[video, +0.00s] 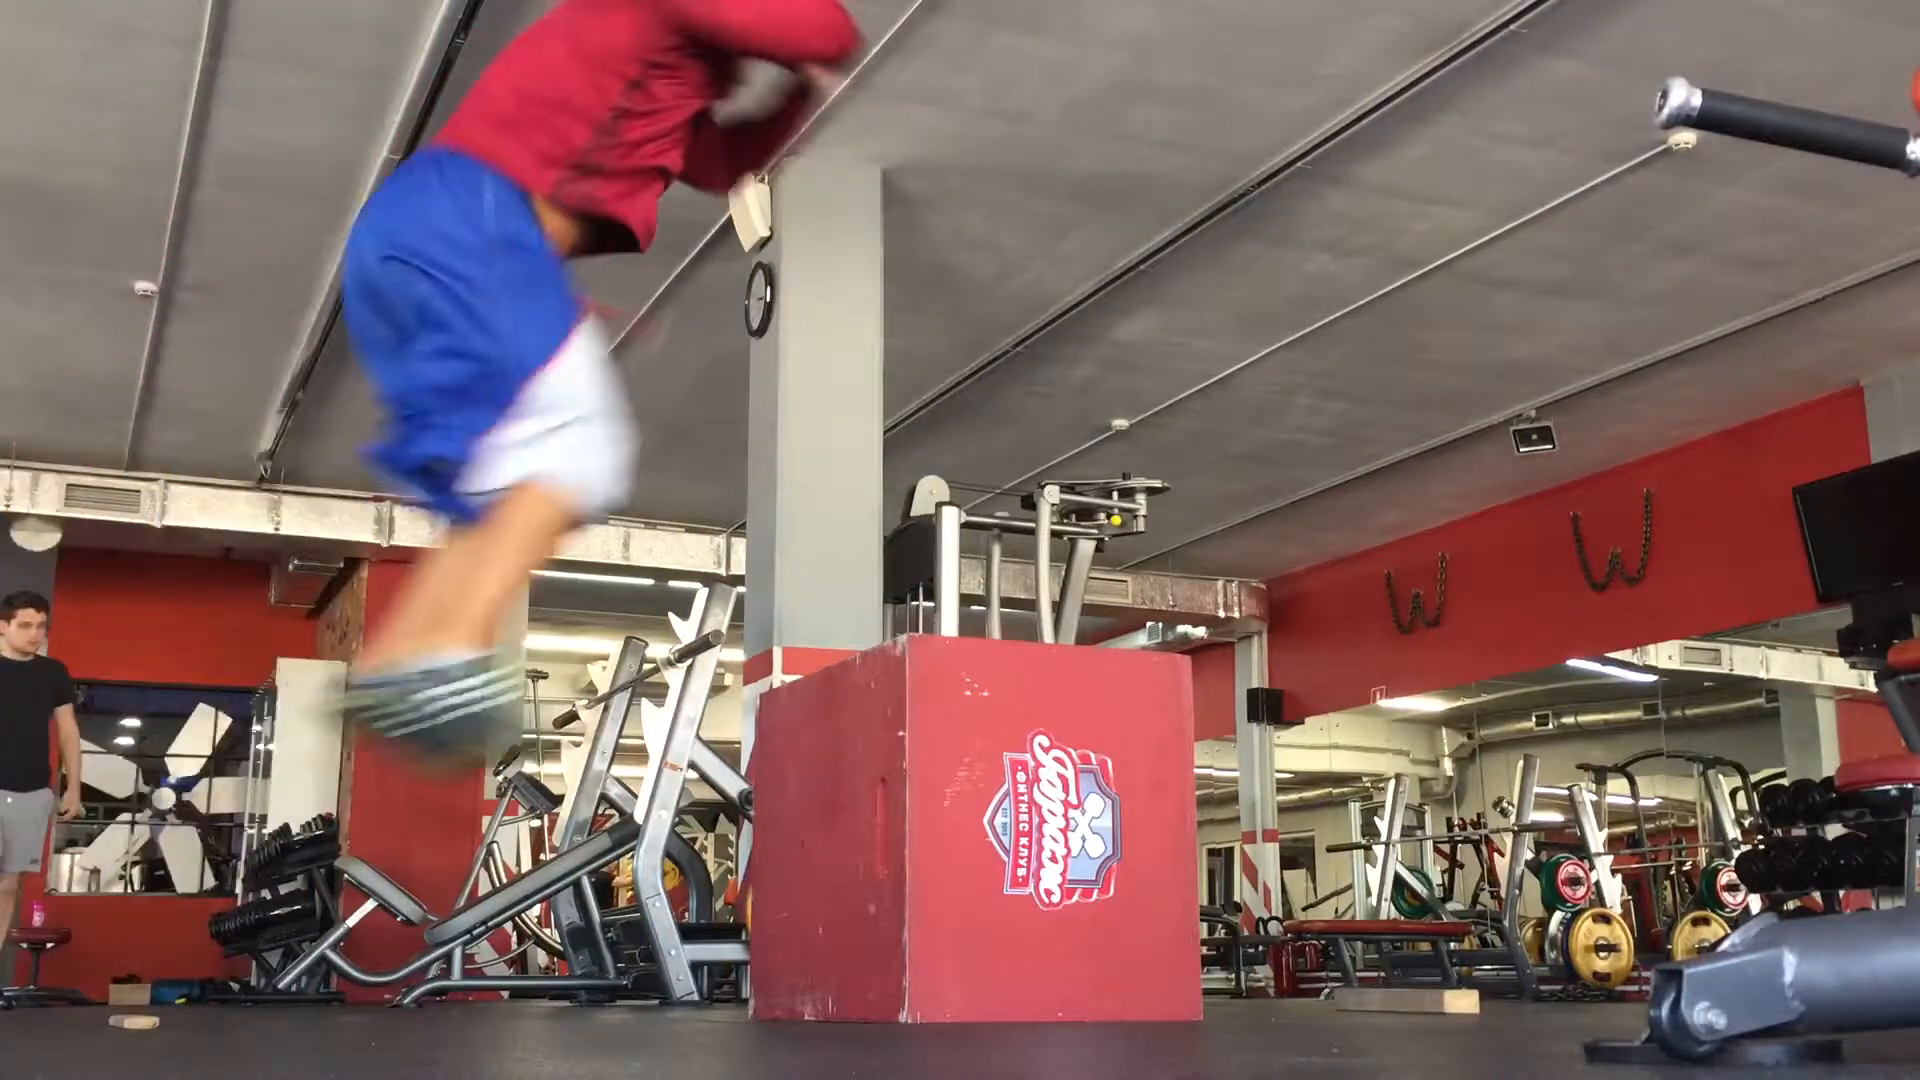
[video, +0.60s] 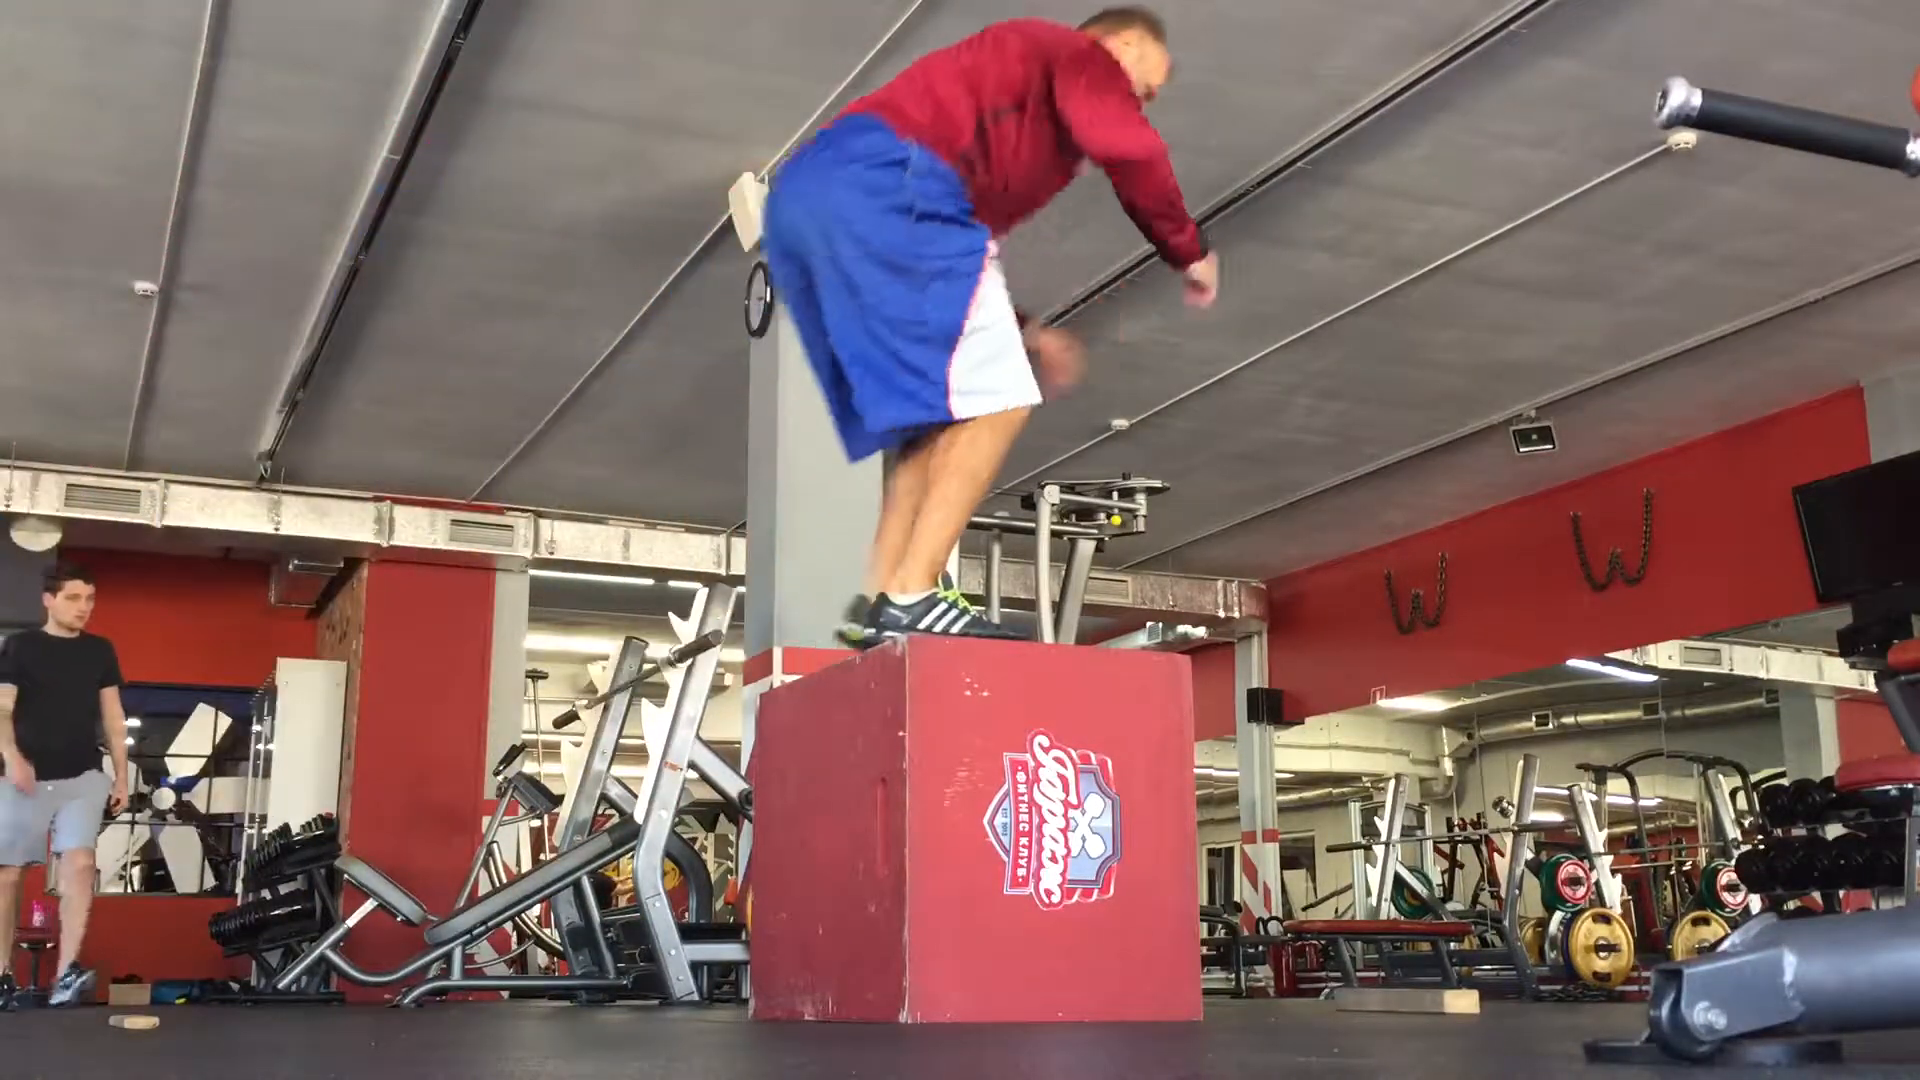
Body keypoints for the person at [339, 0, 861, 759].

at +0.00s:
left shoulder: (657, 79)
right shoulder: (665, 12)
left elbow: (720, 161)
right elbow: (827, 31)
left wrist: (805, 89)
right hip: (461, 214)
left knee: (511, 478)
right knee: (580, 443)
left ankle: (393, 660)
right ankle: (446, 652)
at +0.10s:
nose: (842, 91)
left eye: (847, 75)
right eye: (842, 67)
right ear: (822, 45)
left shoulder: (721, 146)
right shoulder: (772, 36)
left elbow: (787, 246)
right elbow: (909, 114)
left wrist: (897, 238)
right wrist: (944, 180)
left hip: (461, 224)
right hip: (539, 189)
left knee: (659, 412)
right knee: (733, 351)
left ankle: (669, 612)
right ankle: (751, 580)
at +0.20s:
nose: (924, 175)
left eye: (936, 156)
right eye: (934, 149)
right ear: (915, 116)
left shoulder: (809, 220)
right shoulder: (869, 113)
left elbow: (878, 308)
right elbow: (1002, 187)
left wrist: (979, 294)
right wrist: (1022, 247)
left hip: (545, 295)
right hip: (614, 238)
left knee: (765, 421)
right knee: (850, 350)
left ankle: (821, 630)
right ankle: (896, 596)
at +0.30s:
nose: (1005, 195)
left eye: (1005, 183)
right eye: (1003, 177)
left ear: (950, 144)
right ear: (980, 155)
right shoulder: (946, 158)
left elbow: (977, 314)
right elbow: (1086, 213)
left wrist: (1064, 264)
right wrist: (1102, 244)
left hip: (635, 346)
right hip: (712, 306)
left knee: (838, 456)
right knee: (946, 370)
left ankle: (834, 631)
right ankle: (912, 595)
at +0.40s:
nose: (1057, 178)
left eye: (1062, 167)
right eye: (1052, 159)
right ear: (1022, 134)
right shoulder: (987, 144)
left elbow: (1024, 298)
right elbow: (1139, 226)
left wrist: (1098, 238)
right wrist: (1134, 195)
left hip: (691, 317)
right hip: (777, 283)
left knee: (876, 465)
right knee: (989, 388)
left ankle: (837, 627)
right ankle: (913, 596)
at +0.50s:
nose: (1100, 135)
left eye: (1109, 127)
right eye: (1100, 114)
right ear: (1067, 87)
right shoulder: (1038, 95)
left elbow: (982, 302)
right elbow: (1133, 190)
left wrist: (1083, 284)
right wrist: (1183, 229)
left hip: (743, 243)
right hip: (826, 221)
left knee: (913, 433)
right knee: (999, 398)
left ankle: (846, 621)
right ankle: (913, 595)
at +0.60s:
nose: (1139, 102)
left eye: (1147, 96)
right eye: (1142, 83)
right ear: (1117, 44)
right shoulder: (1077, 52)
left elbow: (949, 219)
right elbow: (1129, 147)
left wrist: (1022, 330)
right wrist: (1190, 251)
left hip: (805, 197)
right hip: (883, 186)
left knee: (931, 413)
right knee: (1003, 395)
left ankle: (883, 601)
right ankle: (913, 597)